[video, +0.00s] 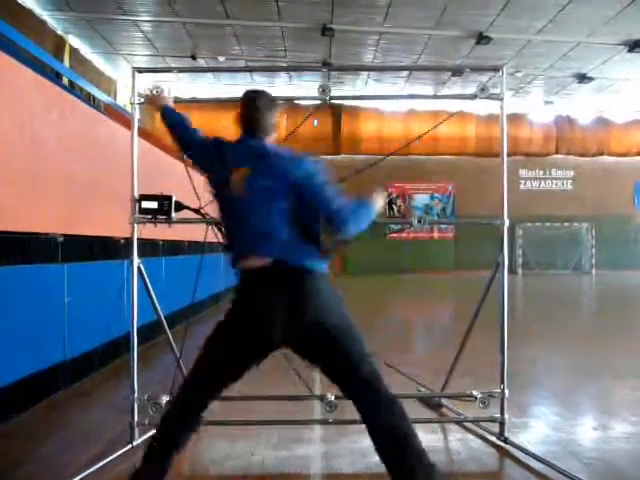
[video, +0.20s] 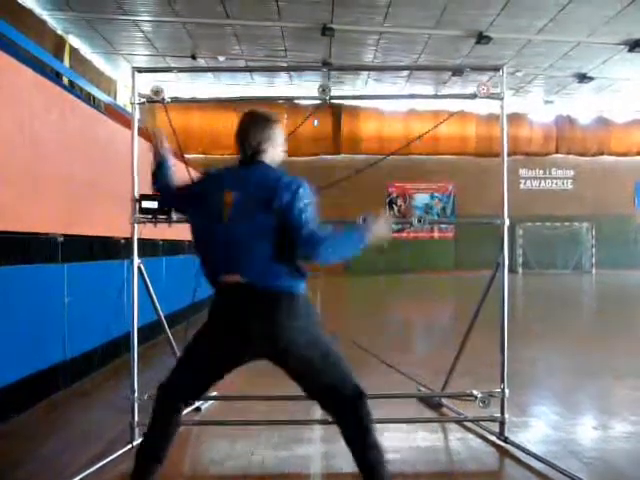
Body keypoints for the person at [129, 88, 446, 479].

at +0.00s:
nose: (276, 119)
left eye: (264, 114)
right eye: (276, 115)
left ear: (241, 121)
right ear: (276, 122)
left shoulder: (222, 159)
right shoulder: (296, 166)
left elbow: (190, 141)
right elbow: (343, 221)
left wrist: (165, 110)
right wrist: (374, 202)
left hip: (254, 296)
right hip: (306, 294)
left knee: (196, 392)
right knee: (368, 389)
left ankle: (150, 471)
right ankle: (417, 471)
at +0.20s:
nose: (284, 147)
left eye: (283, 139)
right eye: (281, 140)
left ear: (242, 145)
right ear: (272, 144)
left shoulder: (210, 187)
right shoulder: (289, 188)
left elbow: (169, 194)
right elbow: (312, 247)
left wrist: (162, 159)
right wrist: (365, 231)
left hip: (229, 314)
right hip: (282, 316)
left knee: (171, 395)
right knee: (347, 400)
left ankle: (141, 472)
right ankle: (377, 472)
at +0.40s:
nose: (337, 121)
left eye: (336, 114)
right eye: (336, 114)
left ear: (295, 114)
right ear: (329, 116)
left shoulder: (266, 150)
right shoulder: (344, 152)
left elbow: (228, 141)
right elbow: (398, 193)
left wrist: (266, 120)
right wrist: (400, 161)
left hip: (287, 287)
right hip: (336, 286)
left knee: (240, 374)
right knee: (370, 358)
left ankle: (233, 472)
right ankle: (358, 461)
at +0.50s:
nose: (365, 110)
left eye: (361, 103)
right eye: (364, 104)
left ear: (325, 105)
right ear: (360, 106)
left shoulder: (293, 135)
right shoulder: (369, 145)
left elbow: (242, 116)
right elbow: (436, 175)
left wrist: (257, 81)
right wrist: (438, 148)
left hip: (298, 278)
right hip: (351, 279)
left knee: (264, 373)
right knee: (415, 358)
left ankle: (235, 469)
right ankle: (423, 448)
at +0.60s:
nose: (399, 113)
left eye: (393, 106)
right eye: (402, 108)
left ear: (373, 115)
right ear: (407, 117)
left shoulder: (343, 145)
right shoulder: (424, 151)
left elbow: (285, 163)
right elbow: (463, 140)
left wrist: (245, 144)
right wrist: (481, 104)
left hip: (331, 282)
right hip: (383, 286)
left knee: (267, 371)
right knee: (440, 387)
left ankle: (199, 464)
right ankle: (489, 469)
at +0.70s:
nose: (427, 138)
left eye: (422, 132)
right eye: (426, 132)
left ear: (391, 140)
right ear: (425, 140)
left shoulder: (373, 174)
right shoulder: (444, 173)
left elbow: (344, 223)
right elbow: (470, 149)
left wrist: (287, 228)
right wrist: (483, 109)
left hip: (353, 298)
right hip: (403, 301)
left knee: (288, 381)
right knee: (472, 385)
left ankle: (220, 462)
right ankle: (496, 469)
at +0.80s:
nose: (390, 143)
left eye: (384, 137)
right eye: (401, 135)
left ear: (381, 141)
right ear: (414, 142)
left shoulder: (368, 176)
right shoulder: (441, 183)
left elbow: (344, 235)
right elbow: (478, 193)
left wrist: (293, 237)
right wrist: (477, 153)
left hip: (357, 303)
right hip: (407, 305)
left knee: (297, 391)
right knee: (478, 391)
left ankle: (275, 471)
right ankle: (495, 473)